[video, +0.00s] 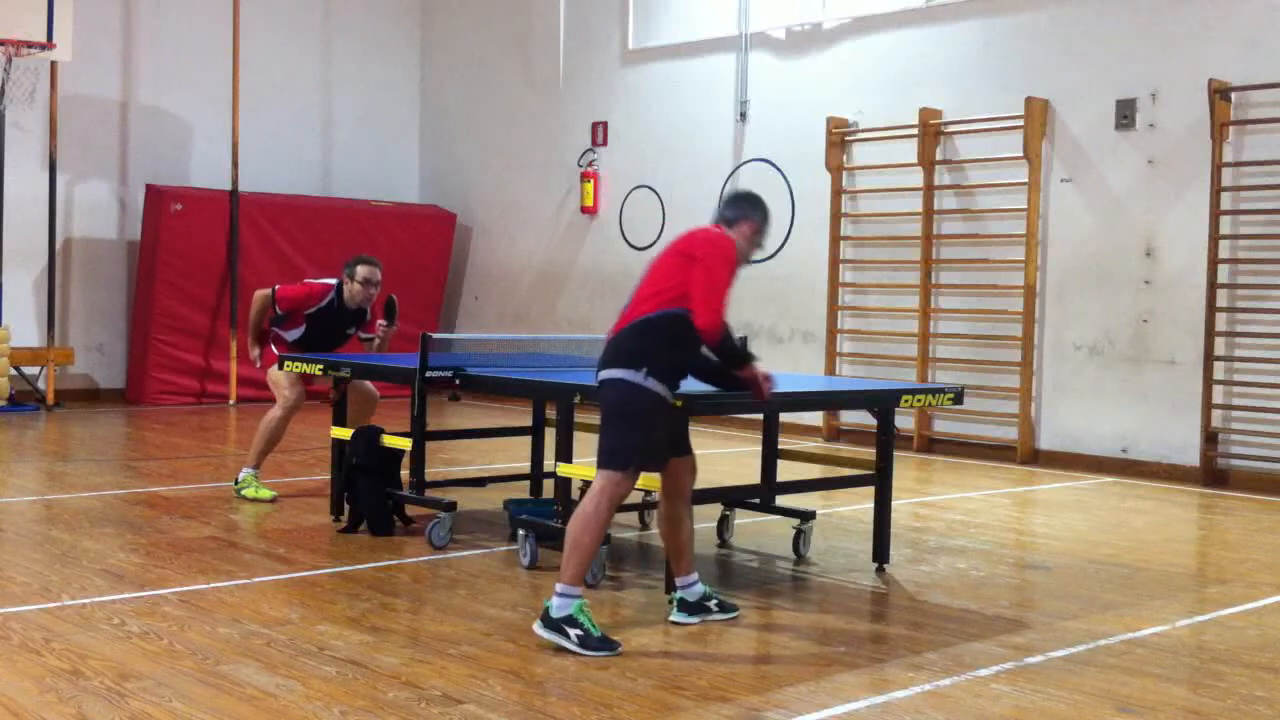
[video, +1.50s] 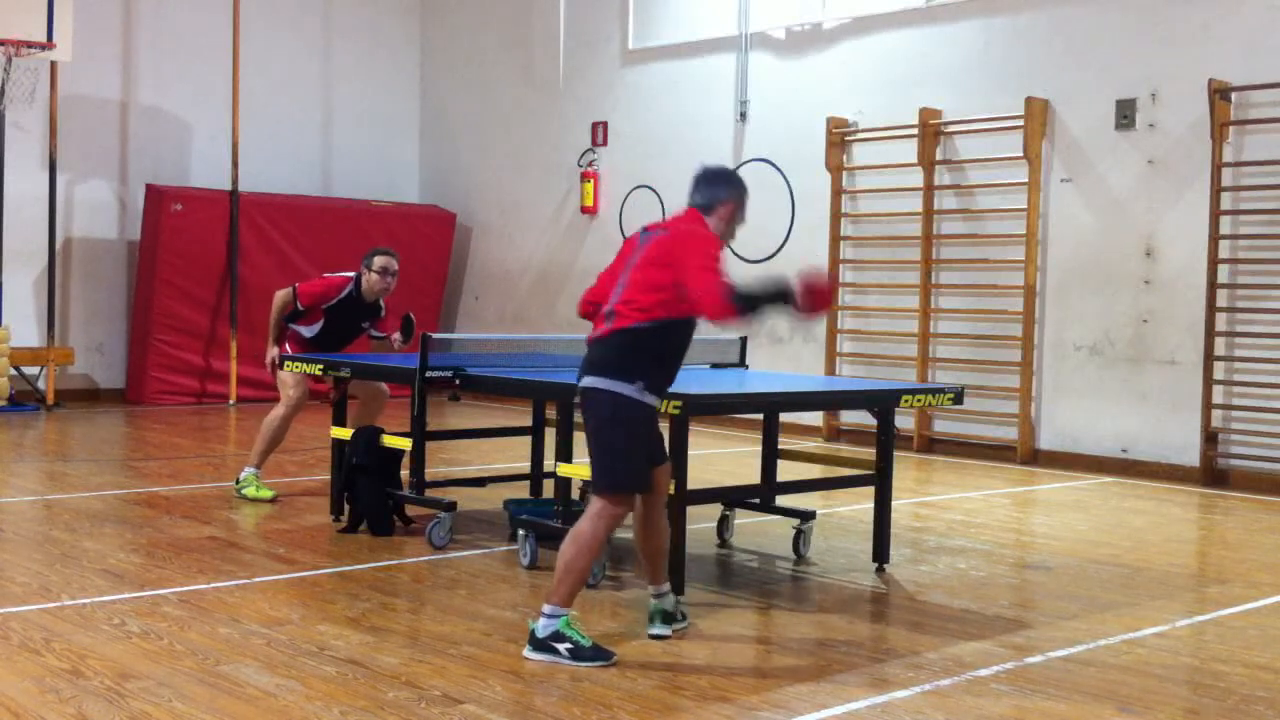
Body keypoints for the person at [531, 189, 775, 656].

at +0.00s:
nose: (754, 250)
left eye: (758, 242)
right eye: (757, 239)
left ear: (729, 221)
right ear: (745, 226)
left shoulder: (696, 249)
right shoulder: (716, 243)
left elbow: (684, 350)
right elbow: (708, 323)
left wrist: (743, 381)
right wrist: (744, 364)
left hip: (653, 378)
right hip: (636, 368)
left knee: (679, 472)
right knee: (612, 483)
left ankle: (687, 593)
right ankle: (561, 608)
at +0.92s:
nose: (726, 218)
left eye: (726, 210)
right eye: (727, 209)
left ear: (687, 200)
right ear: (716, 206)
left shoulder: (666, 238)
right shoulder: (682, 239)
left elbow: (662, 335)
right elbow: (650, 314)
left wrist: (733, 352)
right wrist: (685, 382)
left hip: (619, 385)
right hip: (615, 385)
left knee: (657, 482)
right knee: (600, 502)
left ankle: (682, 590)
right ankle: (549, 625)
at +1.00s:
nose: (715, 209)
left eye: (717, 199)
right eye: (716, 198)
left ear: (675, 190)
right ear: (702, 195)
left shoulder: (663, 232)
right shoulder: (660, 230)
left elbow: (656, 325)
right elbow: (617, 296)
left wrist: (736, 318)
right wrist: (659, 364)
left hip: (622, 387)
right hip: (605, 386)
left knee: (655, 479)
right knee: (592, 504)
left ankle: (673, 592)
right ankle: (547, 625)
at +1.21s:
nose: (709, 196)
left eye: (709, 186)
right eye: (707, 185)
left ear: (672, 180)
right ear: (690, 183)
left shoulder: (657, 228)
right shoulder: (640, 220)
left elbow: (675, 302)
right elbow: (608, 284)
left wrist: (736, 272)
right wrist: (672, 312)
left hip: (627, 388)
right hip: (601, 386)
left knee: (655, 479)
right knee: (588, 501)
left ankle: (649, 602)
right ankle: (547, 626)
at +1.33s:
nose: (718, 204)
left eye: (718, 194)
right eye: (718, 193)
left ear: (681, 183)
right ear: (702, 188)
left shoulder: (667, 230)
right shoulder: (653, 221)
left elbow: (667, 304)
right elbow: (633, 282)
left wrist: (722, 292)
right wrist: (713, 283)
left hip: (632, 389)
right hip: (604, 386)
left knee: (656, 480)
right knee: (595, 498)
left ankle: (649, 603)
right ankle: (547, 626)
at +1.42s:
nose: (728, 217)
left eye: (731, 207)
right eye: (729, 205)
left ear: (694, 190)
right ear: (713, 196)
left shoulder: (663, 224)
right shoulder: (673, 222)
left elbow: (628, 301)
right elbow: (670, 286)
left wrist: (690, 309)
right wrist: (752, 273)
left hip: (628, 387)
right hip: (610, 386)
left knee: (656, 483)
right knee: (602, 500)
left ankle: (653, 604)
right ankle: (548, 625)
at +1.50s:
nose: (735, 230)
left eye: (737, 221)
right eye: (737, 219)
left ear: (696, 202)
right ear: (724, 208)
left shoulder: (648, 235)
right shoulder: (696, 237)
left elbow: (590, 305)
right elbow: (716, 306)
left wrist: (654, 323)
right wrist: (784, 292)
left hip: (611, 387)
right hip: (620, 391)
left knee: (655, 480)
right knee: (612, 502)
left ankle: (663, 605)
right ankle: (549, 623)